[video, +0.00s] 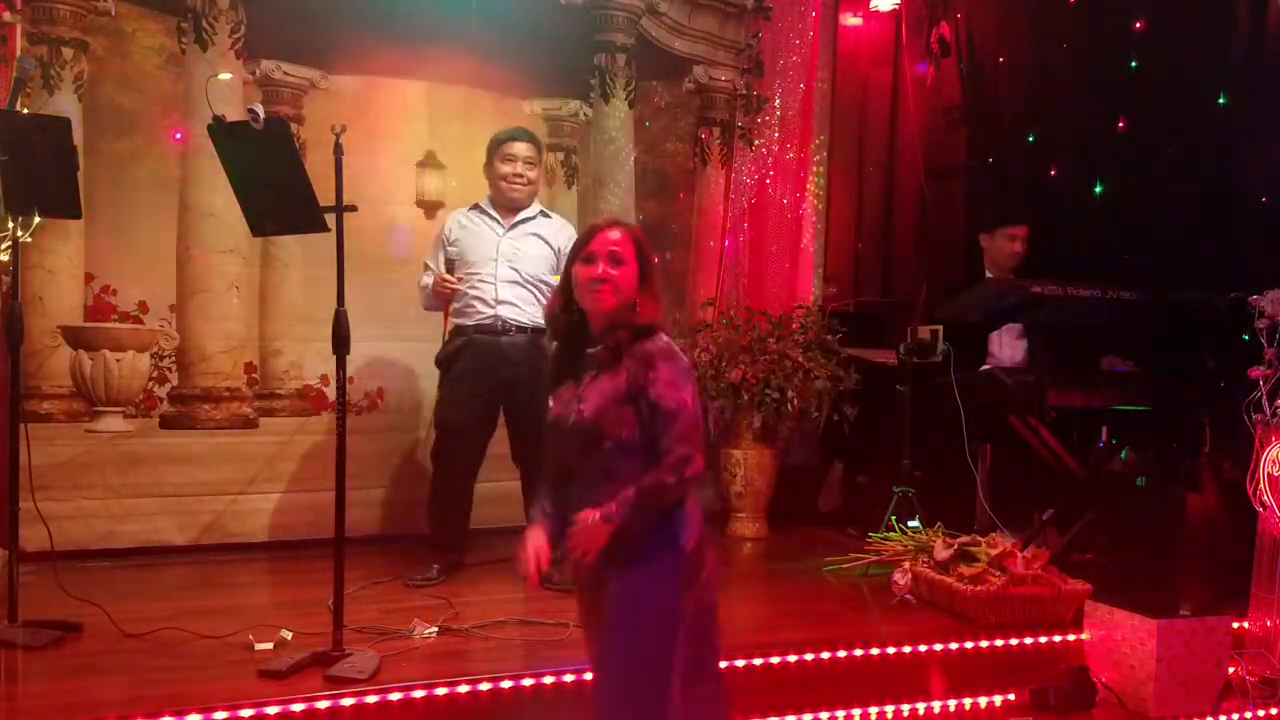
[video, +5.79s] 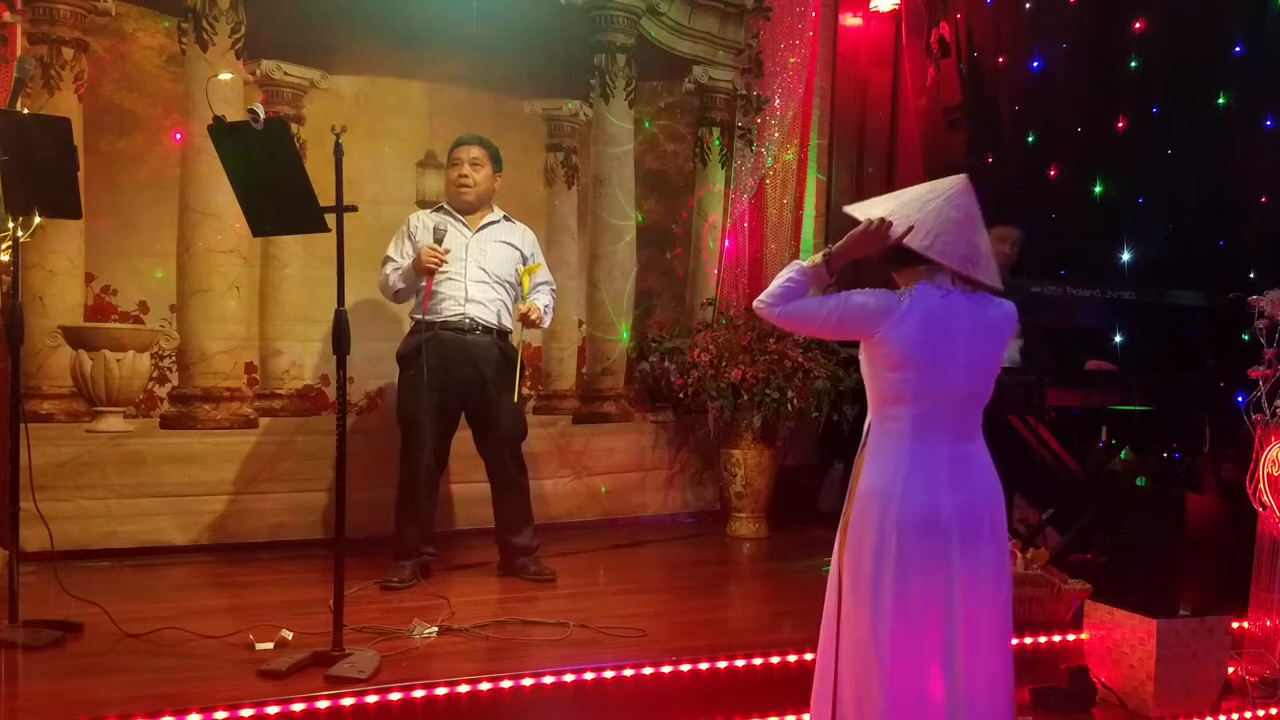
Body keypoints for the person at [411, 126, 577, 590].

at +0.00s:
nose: (518, 170)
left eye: (529, 163)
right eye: (508, 160)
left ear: (541, 174)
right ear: (488, 168)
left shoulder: (560, 232)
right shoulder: (459, 224)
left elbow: (581, 299)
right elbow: (429, 294)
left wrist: (566, 308)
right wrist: (438, 290)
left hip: (532, 352)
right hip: (470, 352)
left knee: (540, 458)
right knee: (453, 458)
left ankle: (552, 555)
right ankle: (444, 554)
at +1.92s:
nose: (504, 175)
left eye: (514, 167)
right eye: (493, 167)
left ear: (531, 178)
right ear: (481, 179)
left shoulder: (557, 230)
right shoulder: (461, 232)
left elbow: (582, 280)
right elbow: (438, 287)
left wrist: (569, 301)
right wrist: (448, 297)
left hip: (535, 353)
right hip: (476, 352)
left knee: (524, 458)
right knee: (465, 450)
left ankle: (508, 550)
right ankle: (461, 553)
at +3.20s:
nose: (457, 176)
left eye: (468, 169)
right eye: (447, 168)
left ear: (484, 183)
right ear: (433, 178)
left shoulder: (497, 242)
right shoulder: (403, 224)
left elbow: (516, 305)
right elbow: (372, 280)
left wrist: (540, 325)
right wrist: (400, 285)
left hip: (476, 352)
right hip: (417, 350)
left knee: (490, 454)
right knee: (413, 455)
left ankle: (500, 550)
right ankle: (411, 556)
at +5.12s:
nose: (465, 177)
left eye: (477, 170)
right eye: (455, 168)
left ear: (493, 181)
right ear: (443, 178)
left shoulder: (518, 238)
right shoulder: (417, 228)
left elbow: (539, 290)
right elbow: (387, 292)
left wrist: (535, 307)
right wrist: (406, 286)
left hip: (487, 355)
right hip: (426, 351)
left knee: (506, 452)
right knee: (416, 455)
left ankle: (520, 554)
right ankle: (410, 557)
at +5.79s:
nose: (463, 172)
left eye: (475, 165)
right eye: (455, 165)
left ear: (497, 178)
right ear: (445, 176)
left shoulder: (521, 235)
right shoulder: (422, 223)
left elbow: (543, 288)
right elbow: (391, 288)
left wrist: (537, 307)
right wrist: (415, 269)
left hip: (493, 351)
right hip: (432, 349)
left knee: (507, 456)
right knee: (420, 456)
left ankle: (519, 554)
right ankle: (412, 557)